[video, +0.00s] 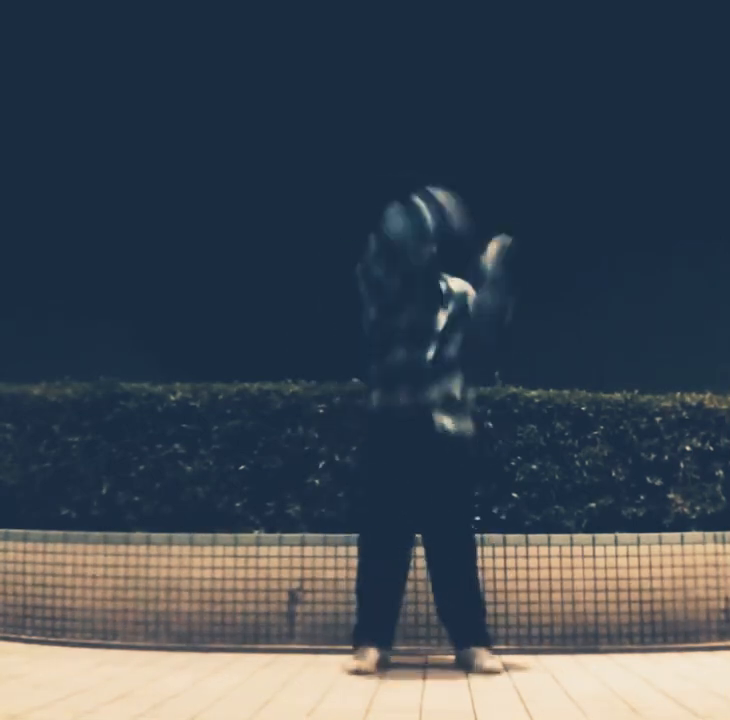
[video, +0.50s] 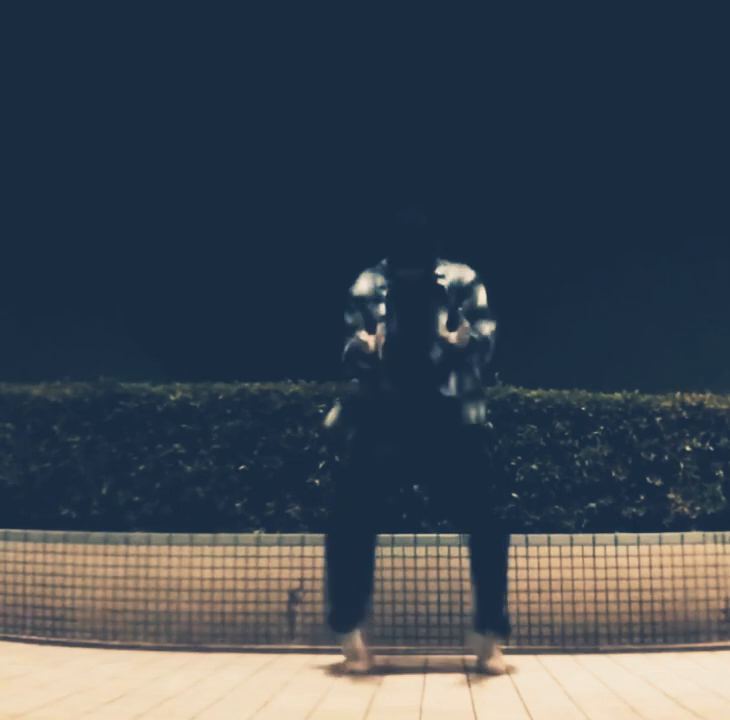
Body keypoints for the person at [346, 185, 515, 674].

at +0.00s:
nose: (409, 251)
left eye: (419, 240)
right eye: (401, 240)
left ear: (437, 242)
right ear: (389, 242)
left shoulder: (458, 292)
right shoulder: (379, 292)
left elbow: (489, 328)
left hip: (448, 427)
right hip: (390, 427)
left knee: (453, 536)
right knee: (383, 536)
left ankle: (471, 643)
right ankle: (371, 642)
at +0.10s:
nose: (427, 245)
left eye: (436, 236)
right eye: (417, 235)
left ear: (450, 239)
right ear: (399, 240)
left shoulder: (466, 278)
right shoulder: (383, 279)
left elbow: (497, 250)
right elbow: (365, 227)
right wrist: (390, 195)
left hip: (449, 415)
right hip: (390, 413)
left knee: (451, 528)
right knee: (382, 529)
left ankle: (472, 643)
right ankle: (372, 642)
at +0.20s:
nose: (426, 250)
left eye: (434, 242)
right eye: (416, 241)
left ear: (448, 248)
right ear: (401, 247)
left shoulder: (460, 291)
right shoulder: (384, 288)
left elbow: (488, 269)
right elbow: (356, 325)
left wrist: (457, 247)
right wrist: (363, 267)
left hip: (451, 426)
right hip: (391, 428)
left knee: (456, 532)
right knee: (382, 532)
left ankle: (471, 643)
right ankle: (372, 643)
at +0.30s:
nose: (412, 255)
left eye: (420, 245)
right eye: (402, 244)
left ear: (433, 247)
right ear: (386, 246)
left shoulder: (462, 291)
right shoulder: (368, 294)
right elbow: (358, 360)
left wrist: (462, 309)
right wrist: (376, 304)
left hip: (454, 431)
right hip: (391, 434)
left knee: (460, 535)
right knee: (383, 536)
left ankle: (471, 644)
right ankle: (372, 645)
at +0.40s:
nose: (413, 258)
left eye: (420, 248)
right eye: (403, 248)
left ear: (433, 247)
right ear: (387, 248)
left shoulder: (460, 291)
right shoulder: (368, 291)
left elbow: (475, 362)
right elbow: (352, 362)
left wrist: (458, 342)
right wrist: (363, 351)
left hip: (456, 430)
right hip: (391, 431)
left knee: (488, 520)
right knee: (379, 529)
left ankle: (479, 632)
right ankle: (372, 644)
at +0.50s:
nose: (410, 260)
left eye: (419, 251)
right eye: (401, 252)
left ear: (434, 245)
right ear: (388, 249)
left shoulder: (462, 281)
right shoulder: (370, 284)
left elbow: (486, 346)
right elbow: (347, 348)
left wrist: (463, 341)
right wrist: (364, 347)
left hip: (452, 421)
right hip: (381, 422)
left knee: (490, 515)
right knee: (351, 515)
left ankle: (487, 637)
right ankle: (350, 634)